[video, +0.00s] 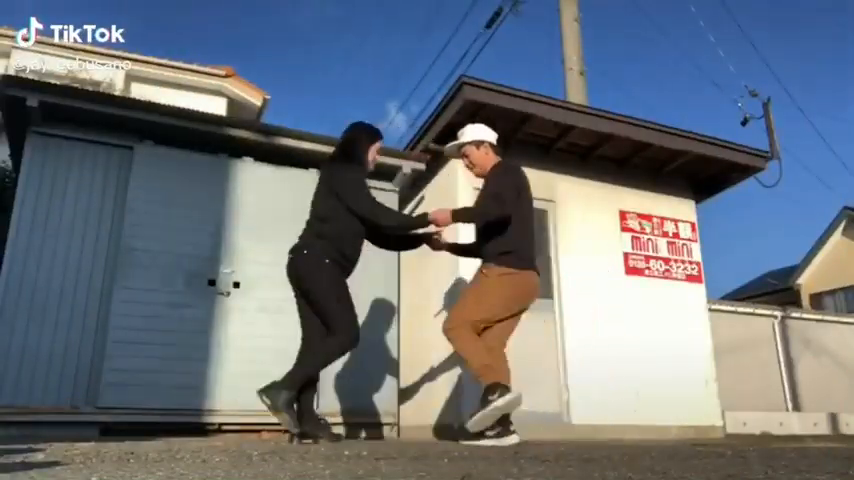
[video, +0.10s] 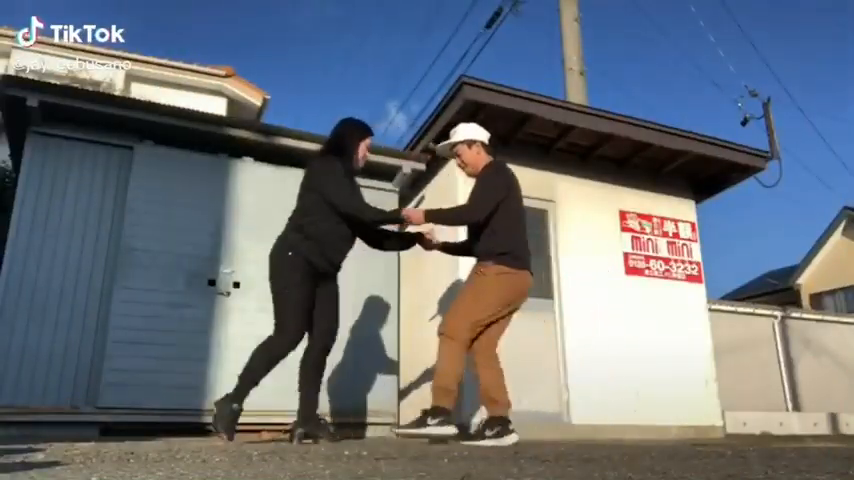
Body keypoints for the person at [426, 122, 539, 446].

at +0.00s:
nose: (465, 163)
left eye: (466, 155)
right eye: (462, 158)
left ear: (484, 147)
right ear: (486, 151)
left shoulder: (503, 174)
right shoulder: (508, 182)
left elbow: (493, 212)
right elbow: (486, 248)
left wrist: (453, 215)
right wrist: (446, 246)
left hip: (505, 272)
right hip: (522, 277)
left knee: (457, 325)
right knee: (491, 345)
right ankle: (500, 426)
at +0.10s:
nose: (457, 164)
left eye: (459, 155)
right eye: (455, 158)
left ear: (477, 147)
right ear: (476, 151)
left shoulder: (495, 174)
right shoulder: (500, 181)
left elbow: (473, 213)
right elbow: (477, 246)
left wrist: (425, 215)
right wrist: (438, 245)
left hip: (498, 271)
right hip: (514, 275)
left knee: (453, 330)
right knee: (483, 345)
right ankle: (498, 420)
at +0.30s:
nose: (446, 162)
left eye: (447, 155)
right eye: (443, 157)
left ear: (465, 148)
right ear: (460, 151)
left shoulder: (481, 177)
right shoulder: (476, 184)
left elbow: (456, 221)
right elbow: (467, 246)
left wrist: (407, 219)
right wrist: (433, 245)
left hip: (490, 273)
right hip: (471, 273)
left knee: (463, 347)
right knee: (437, 339)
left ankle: (426, 420)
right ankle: (483, 405)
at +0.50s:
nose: (446, 160)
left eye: (447, 152)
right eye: (443, 154)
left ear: (465, 145)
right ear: (459, 149)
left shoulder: (487, 172)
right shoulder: (469, 187)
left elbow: (487, 217)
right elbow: (452, 241)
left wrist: (441, 215)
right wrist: (417, 233)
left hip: (489, 273)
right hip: (468, 273)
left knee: (459, 344)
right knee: (440, 341)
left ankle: (426, 420)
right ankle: (484, 411)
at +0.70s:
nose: (454, 153)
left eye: (456, 145)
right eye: (452, 148)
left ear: (474, 138)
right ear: (467, 145)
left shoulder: (503, 162)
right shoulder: (471, 185)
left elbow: (527, 201)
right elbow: (446, 226)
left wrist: (481, 207)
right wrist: (406, 210)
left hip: (504, 261)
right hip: (495, 262)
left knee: (460, 321)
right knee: (481, 334)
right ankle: (492, 415)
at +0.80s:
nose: (463, 154)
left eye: (465, 146)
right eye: (460, 149)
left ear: (483, 139)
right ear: (473, 146)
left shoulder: (511, 164)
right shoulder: (480, 187)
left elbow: (534, 202)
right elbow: (456, 229)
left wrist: (489, 211)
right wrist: (413, 217)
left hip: (516, 264)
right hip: (493, 268)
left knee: (487, 332)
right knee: (481, 337)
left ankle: (538, 397)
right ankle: (494, 417)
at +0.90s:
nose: (472, 155)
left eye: (473, 147)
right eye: (470, 150)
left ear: (492, 140)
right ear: (484, 145)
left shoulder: (518, 168)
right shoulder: (491, 186)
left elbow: (535, 211)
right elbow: (476, 234)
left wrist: (489, 217)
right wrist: (434, 229)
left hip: (532, 267)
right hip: (503, 272)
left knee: (528, 343)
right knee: (491, 343)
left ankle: (563, 419)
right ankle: (496, 421)